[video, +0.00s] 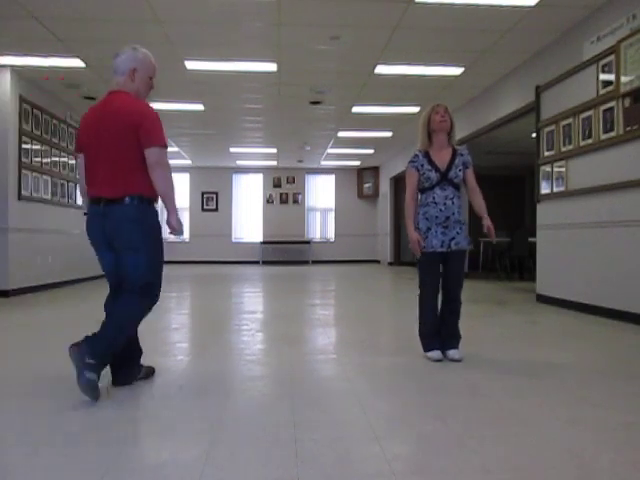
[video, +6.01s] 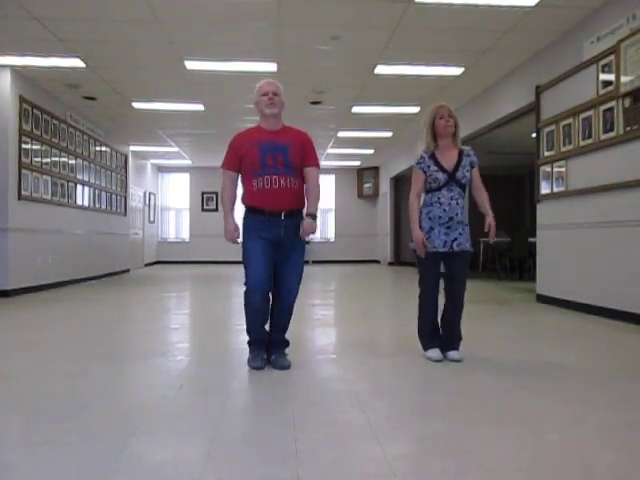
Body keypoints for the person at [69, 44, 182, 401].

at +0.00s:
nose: (151, 89)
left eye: (153, 82)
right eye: (150, 81)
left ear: (119, 75)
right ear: (134, 75)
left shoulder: (90, 115)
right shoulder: (142, 113)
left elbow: (85, 171)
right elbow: (157, 164)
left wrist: (92, 207)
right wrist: (172, 209)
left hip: (98, 214)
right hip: (134, 213)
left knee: (120, 289)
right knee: (144, 291)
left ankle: (126, 368)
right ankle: (92, 353)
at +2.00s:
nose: (297, 103)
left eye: (303, 98)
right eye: (292, 99)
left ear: (311, 102)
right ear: (285, 104)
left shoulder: (326, 138)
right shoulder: (272, 142)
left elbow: (337, 174)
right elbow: (263, 180)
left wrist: (323, 205)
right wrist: (260, 214)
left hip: (314, 222)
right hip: (280, 223)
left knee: (316, 288)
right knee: (280, 288)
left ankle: (313, 345)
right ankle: (287, 348)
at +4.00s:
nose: (282, 96)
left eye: (287, 93)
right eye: (276, 93)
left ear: (295, 102)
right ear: (267, 102)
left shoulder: (311, 137)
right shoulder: (254, 141)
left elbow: (322, 175)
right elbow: (243, 182)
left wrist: (316, 202)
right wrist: (243, 216)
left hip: (304, 220)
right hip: (269, 220)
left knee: (303, 287)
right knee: (268, 285)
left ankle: (298, 346)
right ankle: (275, 347)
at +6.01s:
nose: (270, 97)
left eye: (275, 93)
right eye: (265, 94)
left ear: (284, 102)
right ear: (255, 103)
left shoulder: (300, 138)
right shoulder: (242, 140)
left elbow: (312, 179)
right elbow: (229, 181)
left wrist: (310, 214)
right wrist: (229, 218)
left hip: (293, 221)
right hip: (257, 220)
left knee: (288, 290)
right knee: (257, 286)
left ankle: (278, 347)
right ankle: (257, 346)